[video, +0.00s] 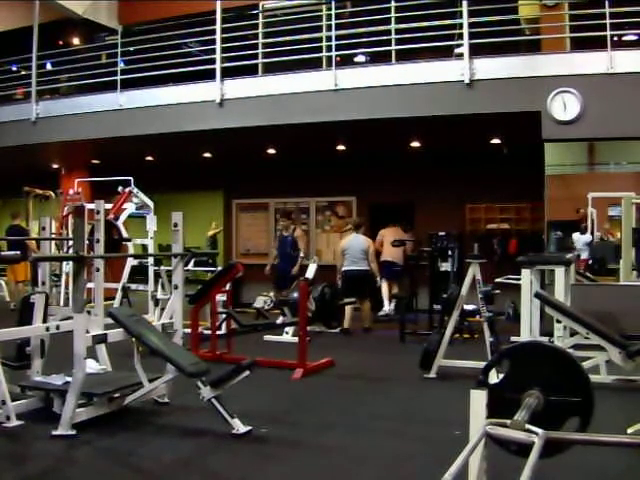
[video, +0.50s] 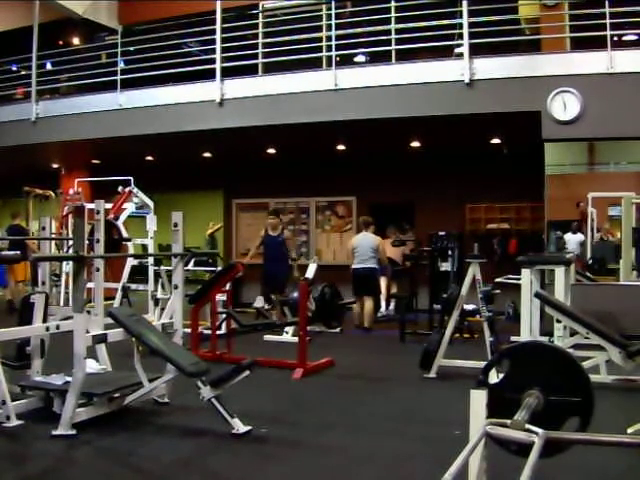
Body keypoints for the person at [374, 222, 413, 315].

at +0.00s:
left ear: (390, 223)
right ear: (400, 224)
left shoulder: (383, 232)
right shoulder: (404, 234)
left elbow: (377, 245)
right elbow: (409, 248)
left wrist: (384, 251)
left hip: (386, 258)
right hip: (399, 260)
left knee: (384, 281)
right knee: (395, 283)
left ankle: (386, 306)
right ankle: (392, 305)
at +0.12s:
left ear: (388, 227)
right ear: (399, 227)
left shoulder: (383, 235)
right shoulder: (402, 236)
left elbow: (376, 248)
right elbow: (407, 250)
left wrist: (376, 258)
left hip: (385, 258)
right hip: (398, 260)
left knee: (384, 281)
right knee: (395, 283)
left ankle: (384, 307)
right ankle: (392, 307)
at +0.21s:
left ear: (387, 229)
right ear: (398, 230)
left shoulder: (383, 237)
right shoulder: (402, 238)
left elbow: (377, 251)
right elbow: (407, 251)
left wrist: (378, 260)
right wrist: (409, 242)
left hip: (385, 259)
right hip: (398, 262)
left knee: (383, 283)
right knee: (395, 284)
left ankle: (383, 307)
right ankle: (392, 307)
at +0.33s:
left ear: (387, 232)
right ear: (398, 232)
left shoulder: (382, 240)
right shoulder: (401, 240)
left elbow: (380, 253)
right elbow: (407, 252)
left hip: (384, 262)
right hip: (397, 264)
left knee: (383, 282)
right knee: (395, 285)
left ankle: (383, 307)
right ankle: (392, 307)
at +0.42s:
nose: (389, 234)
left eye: (389, 233)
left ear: (387, 233)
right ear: (397, 233)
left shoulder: (383, 241)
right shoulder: (402, 242)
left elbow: (380, 253)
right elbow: (407, 254)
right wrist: (407, 263)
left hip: (385, 263)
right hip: (397, 265)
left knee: (383, 288)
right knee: (394, 284)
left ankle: (383, 307)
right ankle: (392, 307)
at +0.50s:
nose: (391, 235)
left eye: (390, 233)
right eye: (392, 233)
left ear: (387, 234)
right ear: (397, 233)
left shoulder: (384, 243)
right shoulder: (402, 244)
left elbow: (381, 254)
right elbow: (407, 255)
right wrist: (407, 263)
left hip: (385, 264)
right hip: (397, 266)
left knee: (383, 290)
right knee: (394, 285)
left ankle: (383, 308)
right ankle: (392, 307)